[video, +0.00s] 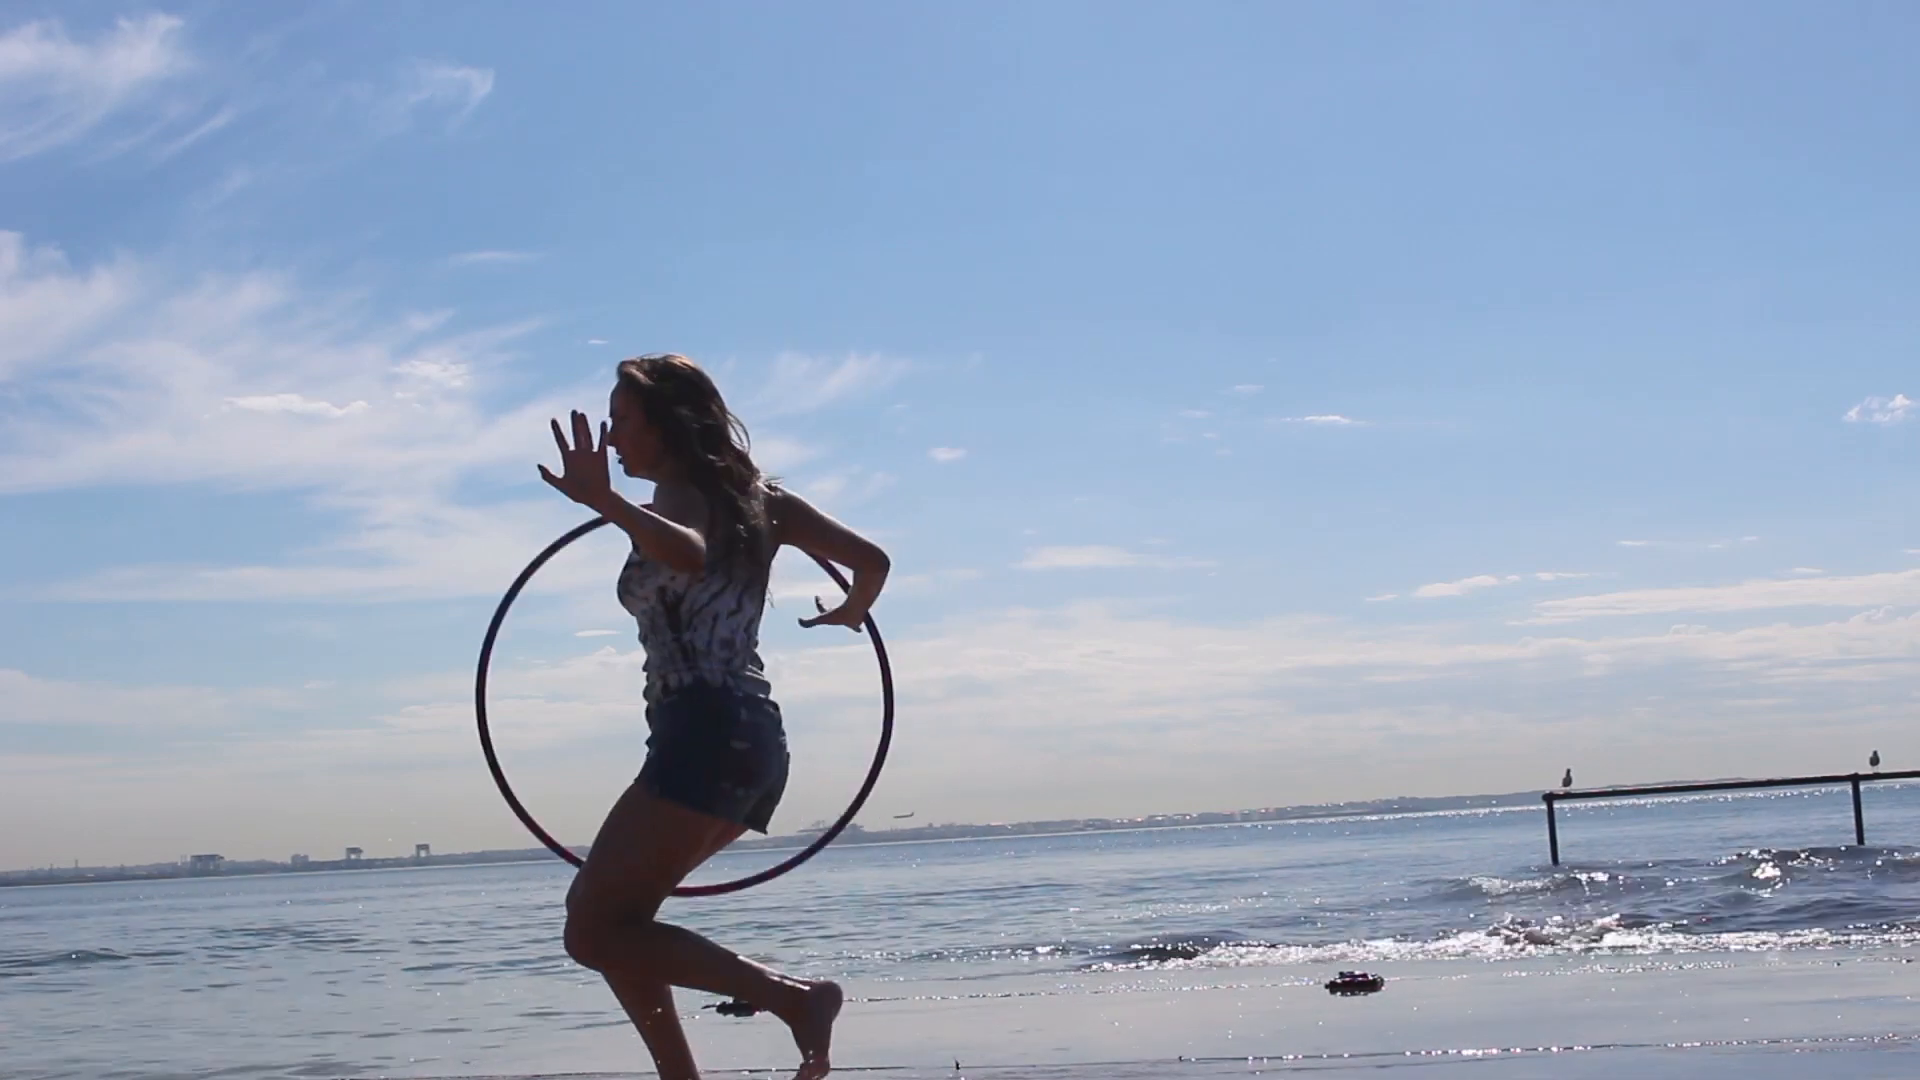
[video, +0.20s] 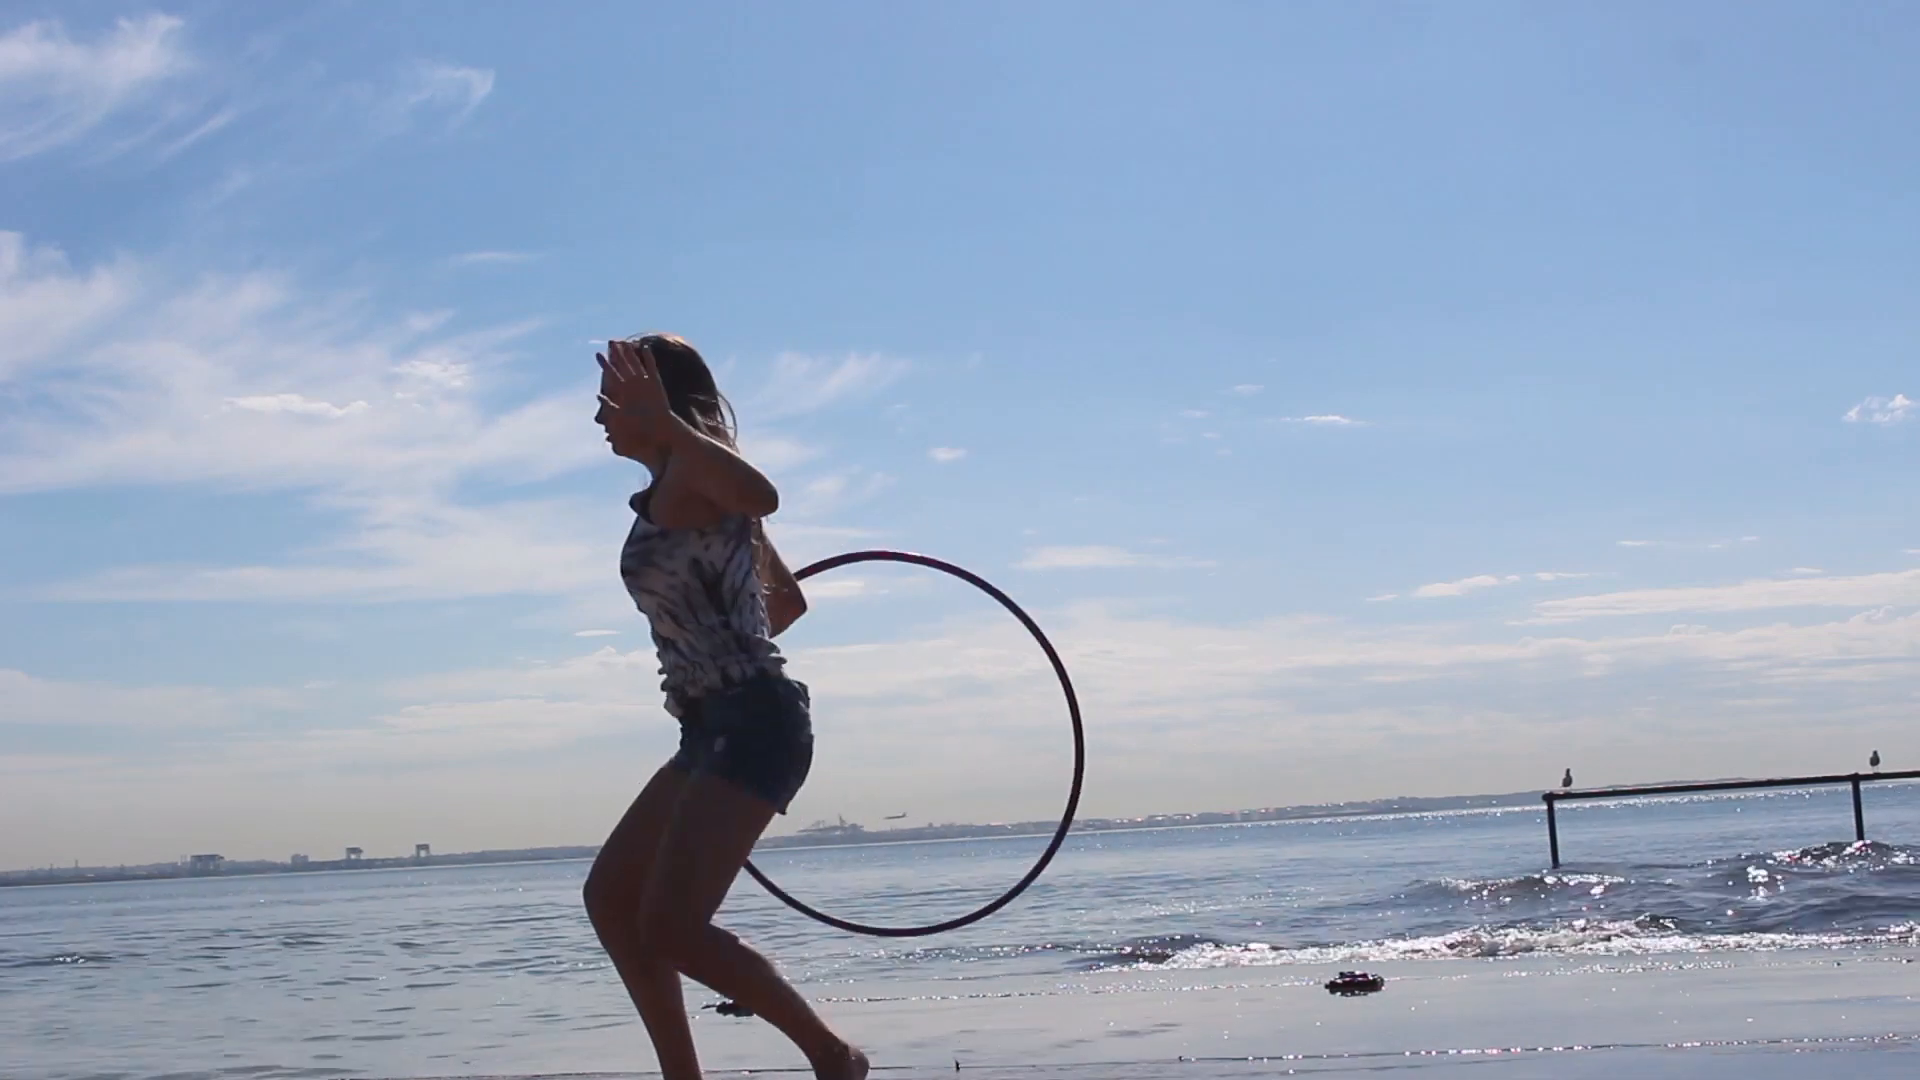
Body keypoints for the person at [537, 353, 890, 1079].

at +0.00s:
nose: (611, 437)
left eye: (621, 424)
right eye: (611, 423)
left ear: (666, 426)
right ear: (681, 428)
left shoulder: (678, 499)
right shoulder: (759, 499)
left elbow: (691, 554)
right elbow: (871, 559)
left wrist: (600, 499)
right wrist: (854, 610)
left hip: (706, 741)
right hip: (750, 745)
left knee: (591, 932)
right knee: (609, 921)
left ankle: (800, 1002)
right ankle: (681, 1073)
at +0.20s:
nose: (601, 416)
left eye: (614, 400)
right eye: (602, 402)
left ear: (660, 404)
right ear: (636, 413)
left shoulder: (695, 465)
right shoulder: (677, 490)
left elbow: (761, 496)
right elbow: (786, 599)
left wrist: (666, 417)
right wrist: (706, 660)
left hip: (758, 728)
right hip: (714, 730)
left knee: (673, 926)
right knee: (611, 898)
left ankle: (836, 1059)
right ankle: (682, 1073)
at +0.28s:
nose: (610, 394)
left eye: (620, 378)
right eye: (612, 379)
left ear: (674, 389)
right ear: (665, 394)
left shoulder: (730, 453)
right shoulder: (672, 470)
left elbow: (840, 505)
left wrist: (741, 449)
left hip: (779, 713)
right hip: (706, 722)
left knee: (755, 898)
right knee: (609, 893)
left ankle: (840, 1065)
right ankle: (682, 1073)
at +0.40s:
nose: (694, 328)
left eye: (705, 316)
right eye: (685, 321)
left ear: (741, 338)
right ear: (672, 355)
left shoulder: (793, 428)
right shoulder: (670, 467)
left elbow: (918, 500)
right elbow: (679, 559)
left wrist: (844, 502)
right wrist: (665, 625)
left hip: (808, 688)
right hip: (711, 691)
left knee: (869, 887)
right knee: (605, 883)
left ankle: (799, 1072)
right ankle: (679, 1071)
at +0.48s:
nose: (782, 329)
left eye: (787, 321)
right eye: (761, 316)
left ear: (795, 346)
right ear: (721, 342)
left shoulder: (834, 437)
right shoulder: (696, 458)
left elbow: (942, 516)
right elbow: (626, 555)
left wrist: (899, 513)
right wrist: (578, 603)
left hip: (839, 690)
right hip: (737, 688)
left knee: (884, 890)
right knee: (645, 883)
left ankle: (805, 1072)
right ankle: (611, 1042)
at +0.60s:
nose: (813, 333)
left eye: (818, 320)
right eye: (794, 322)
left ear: (832, 337)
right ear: (759, 344)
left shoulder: (865, 444)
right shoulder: (731, 452)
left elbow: (963, 519)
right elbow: (606, 518)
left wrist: (946, 517)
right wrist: (476, 565)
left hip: (874, 689)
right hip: (785, 685)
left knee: (900, 891)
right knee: (725, 894)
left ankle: (806, 1074)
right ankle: (642, 1073)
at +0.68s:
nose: (814, 335)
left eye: (824, 318)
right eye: (795, 323)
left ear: (846, 333)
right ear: (767, 341)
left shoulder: (873, 442)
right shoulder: (755, 440)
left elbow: (987, 493)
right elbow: (672, 481)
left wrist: (954, 505)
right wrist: (589, 511)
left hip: (883, 682)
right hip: (796, 683)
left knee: (906, 884)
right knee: (819, 888)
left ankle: (814, 1062)